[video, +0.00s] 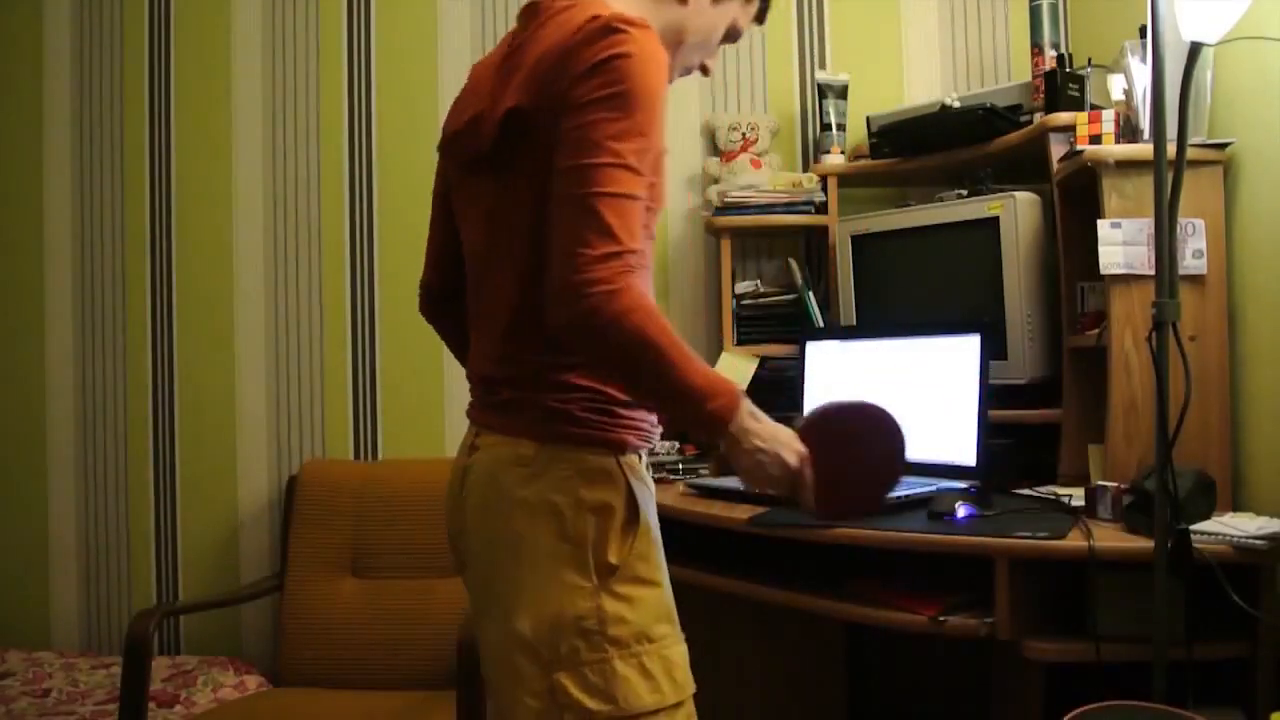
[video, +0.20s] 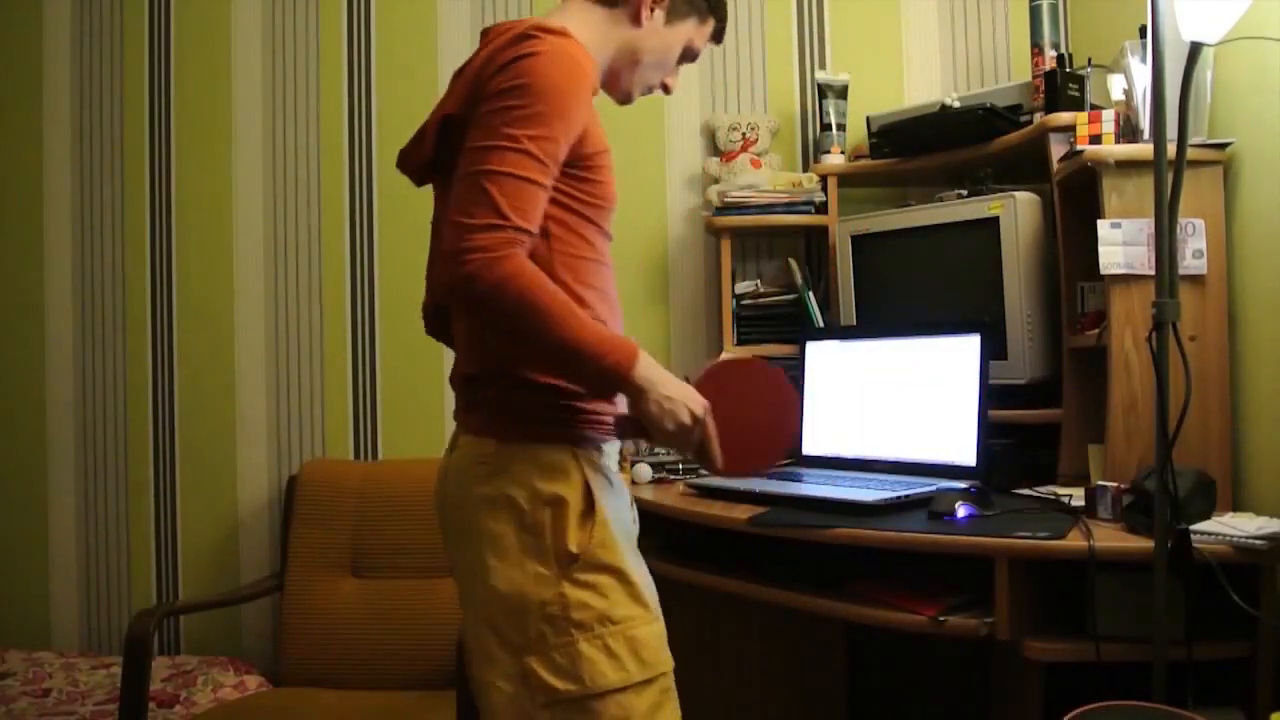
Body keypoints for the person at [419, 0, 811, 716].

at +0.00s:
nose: (709, 64)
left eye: (731, 47)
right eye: (732, 35)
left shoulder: (494, 69)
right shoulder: (619, 42)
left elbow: (444, 293)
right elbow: (601, 293)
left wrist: (553, 401)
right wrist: (735, 420)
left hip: (497, 471)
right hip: (576, 487)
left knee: (531, 707)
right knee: (621, 706)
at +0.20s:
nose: (671, 82)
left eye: (687, 65)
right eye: (685, 55)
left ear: (647, 11)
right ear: (652, 9)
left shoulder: (519, 63)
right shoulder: (551, 61)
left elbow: (445, 309)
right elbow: (483, 258)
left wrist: (616, 399)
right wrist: (638, 371)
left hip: (522, 477)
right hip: (543, 484)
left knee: (537, 707)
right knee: (615, 705)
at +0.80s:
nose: (698, 194)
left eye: (715, 182)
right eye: (716, 171)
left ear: (685, 118)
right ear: (693, 119)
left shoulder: (583, 163)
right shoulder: (574, 87)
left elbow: (513, 371)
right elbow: (500, 231)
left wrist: (624, 404)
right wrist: (615, 337)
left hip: (498, 470)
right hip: (455, 472)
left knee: (520, 698)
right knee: (497, 703)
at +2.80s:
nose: (724, 221)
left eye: (740, 206)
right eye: (741, 195)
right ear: (717, 148)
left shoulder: (589, 199)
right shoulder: (588, 94)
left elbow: (506, 365)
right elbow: (474, 209)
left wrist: (604, 455)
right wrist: (610, 328)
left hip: (488, 474)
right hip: (427, 471)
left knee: (511, 701)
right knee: (466, 706)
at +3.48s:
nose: (684, 152)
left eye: (697, 135)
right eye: (696, 125)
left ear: (654, 79)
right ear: (661, 78)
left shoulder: (549, 131)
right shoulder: (518, 74)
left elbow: (464, 317)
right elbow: (437, 237)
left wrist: (510, 451)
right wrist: (592, 324)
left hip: (479, 483)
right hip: (422, 486)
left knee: (516, 708)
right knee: (438, 706)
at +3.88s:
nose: (599, 72)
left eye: (612, 51)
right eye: (608, 39)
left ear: (554, 7)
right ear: (560, 0)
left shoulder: (458, 75)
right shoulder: (423, 55)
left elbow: (430, 309)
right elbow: (379, 279)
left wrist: (564, 353)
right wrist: (543, 391)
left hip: (469, 498)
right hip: (410, 509)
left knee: (528, 711)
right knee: (443, 710)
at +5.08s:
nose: (564, 35)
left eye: (574, 13)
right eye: (568, 5)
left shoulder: (416, 69)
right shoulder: (336, 47)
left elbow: (416, 297)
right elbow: (296, 286)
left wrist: (578, 329)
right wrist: (490, 380)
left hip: (445, 497)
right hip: (362, 508)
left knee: (508, 710)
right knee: (388, 710)